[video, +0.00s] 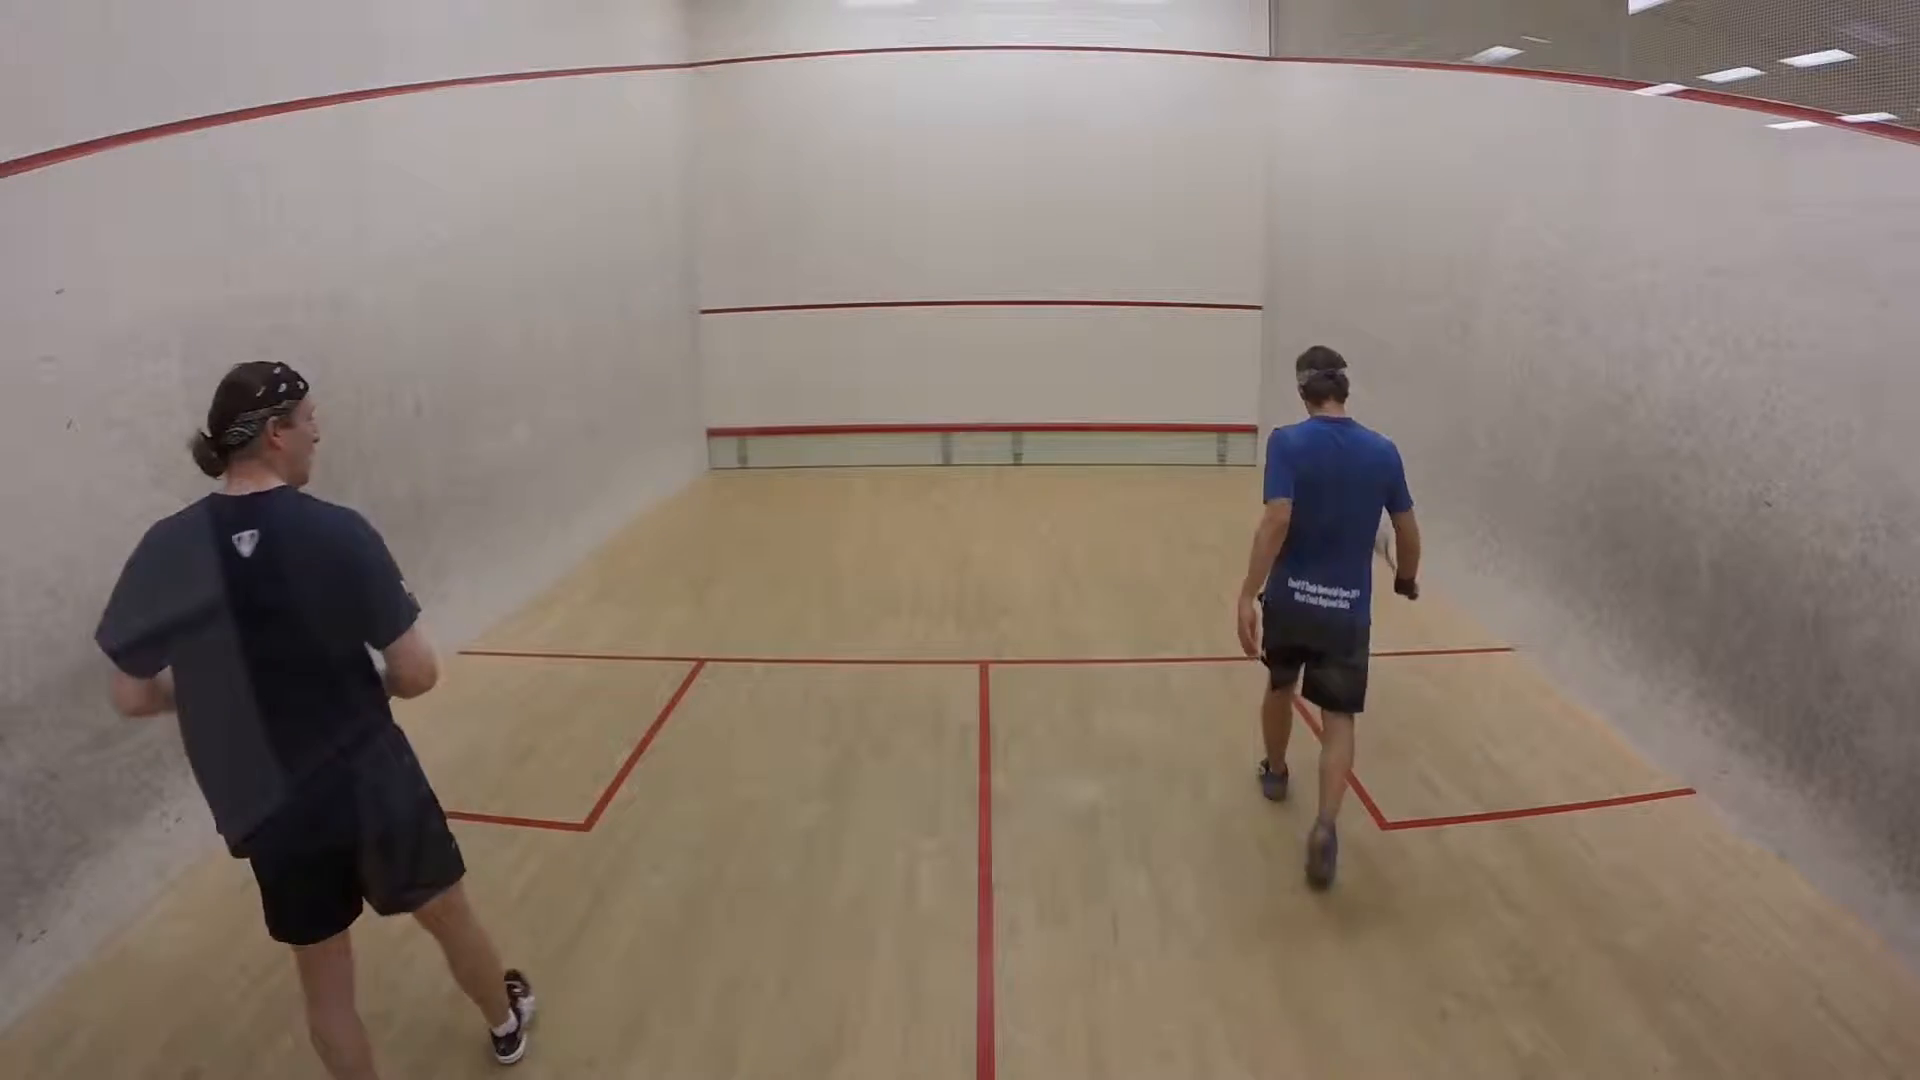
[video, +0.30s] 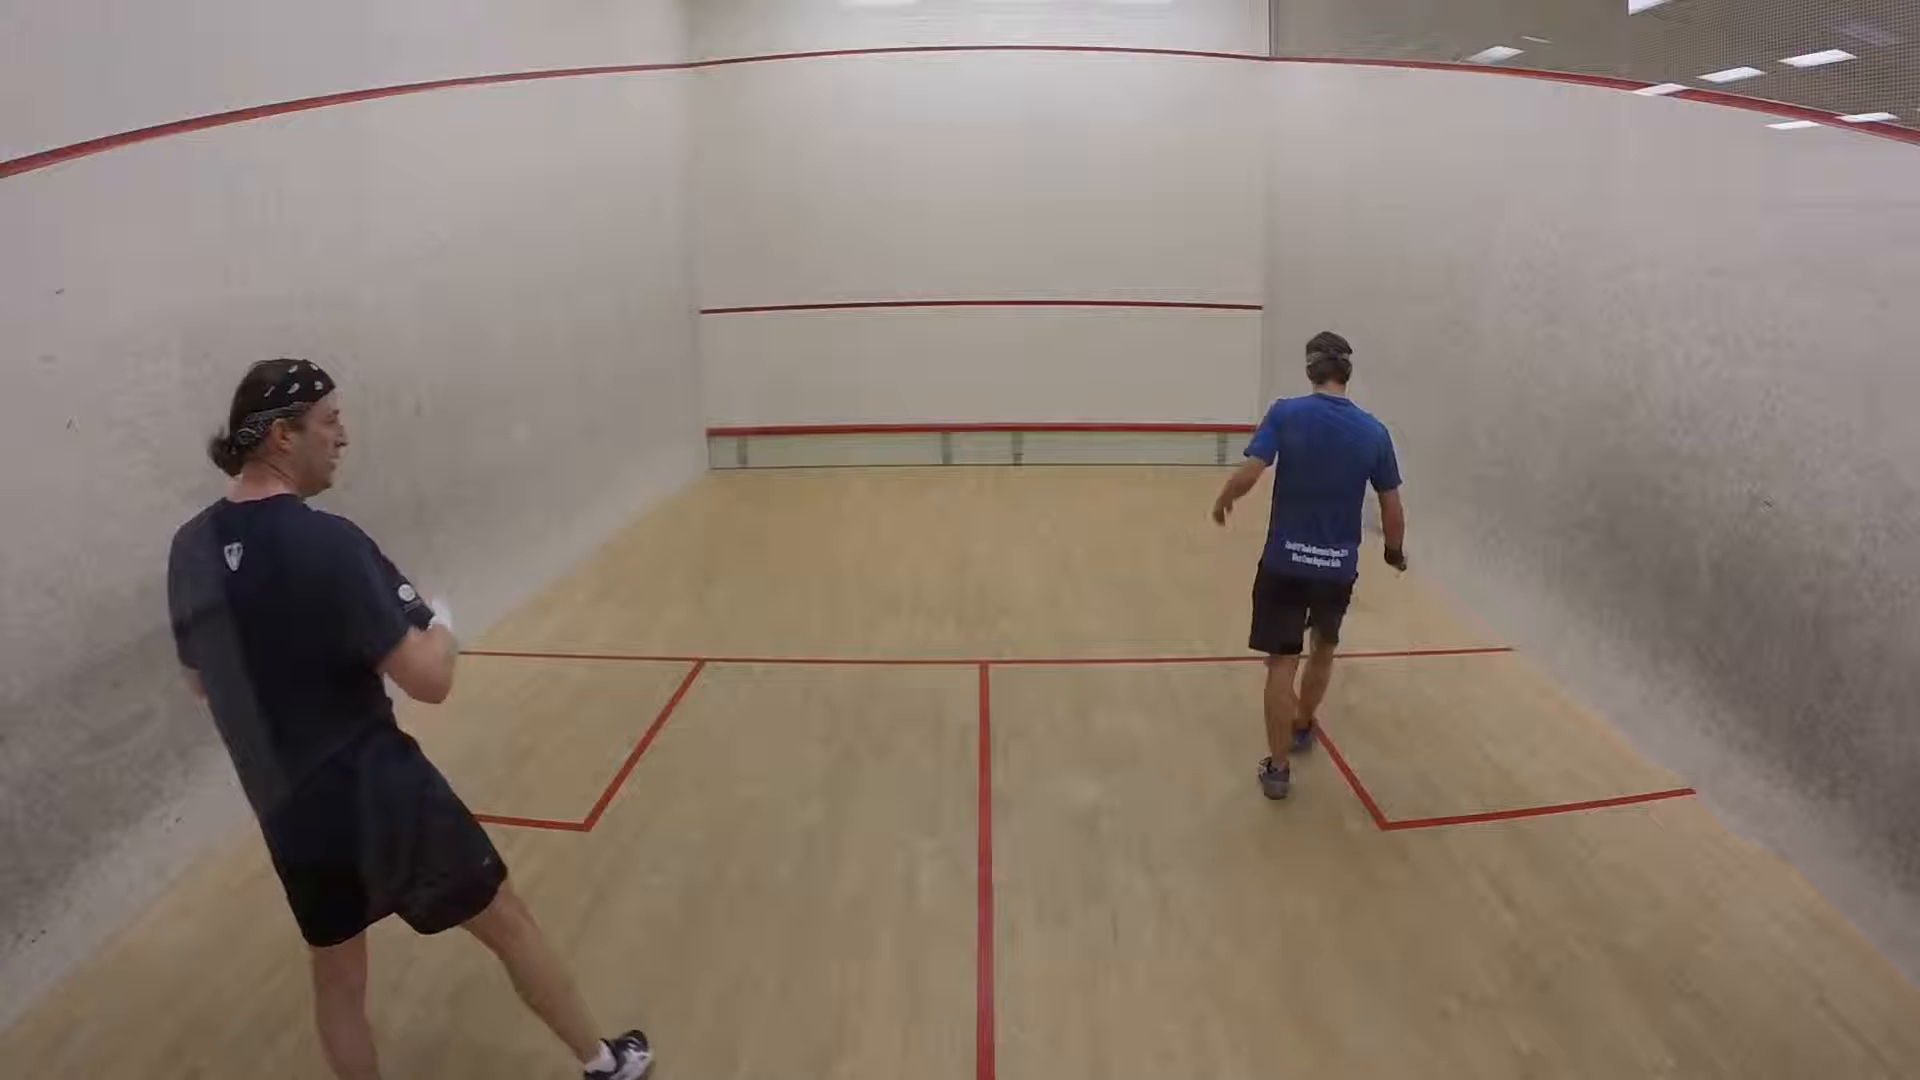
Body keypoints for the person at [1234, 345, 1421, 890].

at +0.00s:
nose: (1305, 395)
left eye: (1303, 388)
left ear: (1301, 392)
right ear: (1347, 390)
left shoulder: (1287, 442)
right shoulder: (1382, 451)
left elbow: (1278, 517)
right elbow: (1406, 530)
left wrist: (1248, 596)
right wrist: (1407, 577)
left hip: (1289, 607)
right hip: (1348, 616)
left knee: (1280, 683)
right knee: (1339, 721)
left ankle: (1275, 771)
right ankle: (1326, 824)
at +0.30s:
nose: (1311, 375)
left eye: (1308, 368)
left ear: (1310, 372)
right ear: (1348, 373)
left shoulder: (1285, 413)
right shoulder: (1373, 432)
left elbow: (1249, 475)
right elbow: (1392, 511)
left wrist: (1224, 499)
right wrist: (1394, 549)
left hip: (1285, 566)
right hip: (1337, 571)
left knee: (1281, 662)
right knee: (1323, 646)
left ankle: (1278, 771)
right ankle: (1302, 723)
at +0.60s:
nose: (1335, 375)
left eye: (1328, 368)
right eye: (1350, 370)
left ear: (1323, 370)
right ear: (1359, 374)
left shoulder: (1297, 407)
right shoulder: (1374, 427)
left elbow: (1266, 469)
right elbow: (1385, 500)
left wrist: (1246, 496)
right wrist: (1395, 552)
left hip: (1291, 545)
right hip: (1339, 552)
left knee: (1273, 623)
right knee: (1318, 626)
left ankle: (1274, 697)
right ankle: (1293, 700)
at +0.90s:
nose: (1368, 374)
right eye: (1371, 369)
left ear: (1337, 363)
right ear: (1370, 370)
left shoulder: (1304, 398)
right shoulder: (1374, 419)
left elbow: (1278, 454)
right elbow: (1373, 488)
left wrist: (1290, 489)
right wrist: (1379, 541)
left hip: (1302, 525)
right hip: (1343, 534)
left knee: (1298, 590)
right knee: (1320, 615)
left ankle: (1288, 660)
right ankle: (1293, 697)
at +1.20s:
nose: (1382, 375)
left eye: (1384, 368)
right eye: (1383, 368)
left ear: (1349, 357)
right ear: (1375, 365)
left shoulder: (1320, 390)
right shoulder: (1361, 410)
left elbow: (1309, 439)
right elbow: (1344, 474)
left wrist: (1357, 455)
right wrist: (1360, 532)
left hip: (1311, 510)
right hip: (1342, 517)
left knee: (1318, 581)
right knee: (1362, 595)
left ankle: (1308, 656)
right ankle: (1311, 659)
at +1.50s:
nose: (1402, 369)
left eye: (1403, 362)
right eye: (1398, 361)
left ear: (1373, 360)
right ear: (1378, 359)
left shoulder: (1351, 391)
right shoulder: (1361, 403)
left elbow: (1366, 442)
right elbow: (1344, 468)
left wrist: (1393, 470)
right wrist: (1383, 507)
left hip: (1330, 506)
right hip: (1353, 513)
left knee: (1324, 577)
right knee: (1377, 589)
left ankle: (1306, 655)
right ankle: (1365, 674)